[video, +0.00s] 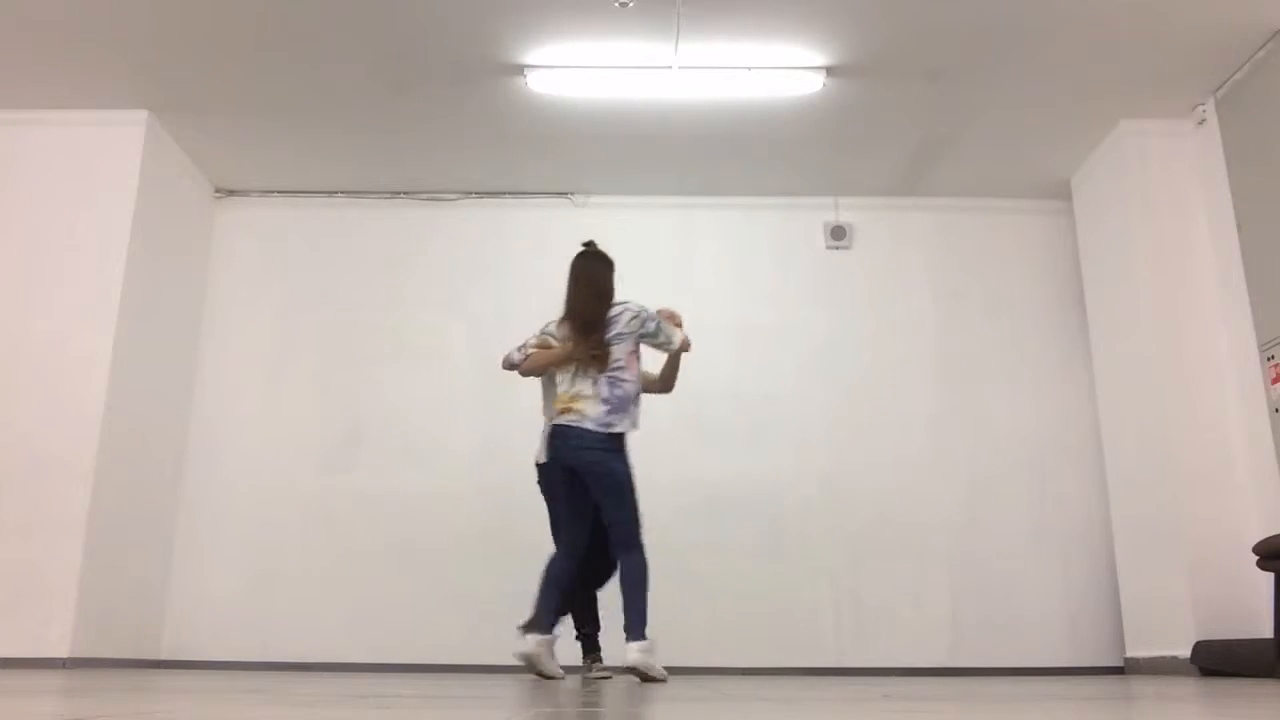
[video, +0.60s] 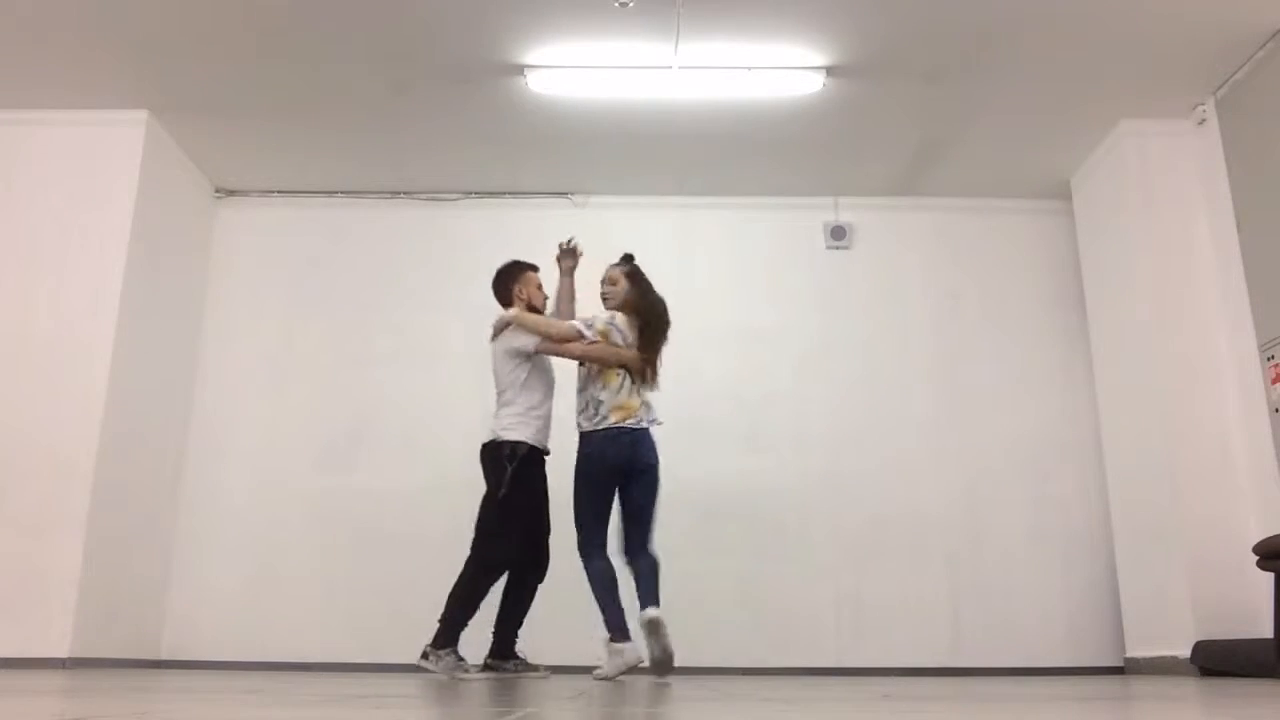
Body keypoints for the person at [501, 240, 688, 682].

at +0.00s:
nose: (610, 284)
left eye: (596, 276)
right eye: (609, 277)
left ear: (572, 282)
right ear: (611, 280)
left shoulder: (560, 327)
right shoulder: (628, 316)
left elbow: (513, 360)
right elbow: (676, 342)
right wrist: (671, 320)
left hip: (559, 446)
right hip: (602, 446)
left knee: (571, 546)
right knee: (629, 546)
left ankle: (538, 637)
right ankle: (638, 643)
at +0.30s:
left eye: (583, 287)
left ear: (594, 284)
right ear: (634, 284)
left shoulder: (578, 325)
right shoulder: (646, 319)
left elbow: (523, 354)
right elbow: (673, 332)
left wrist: (504, 340)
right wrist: (640, 307)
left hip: (605, 434)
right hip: (652, 429)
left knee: (619, 542)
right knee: (652, 543)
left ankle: (585, 643)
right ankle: (639, 651)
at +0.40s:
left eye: (601, 281)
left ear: (603, 291)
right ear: (643, 287)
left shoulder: (585, 326)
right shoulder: (656, 325)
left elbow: (525, 343)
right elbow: (636, 307)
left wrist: (500, 333)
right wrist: (604, 284)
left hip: (608, 437)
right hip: (657, 432)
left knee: (601, 541)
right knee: (650, 543)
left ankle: (593, 638)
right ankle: (639, 649)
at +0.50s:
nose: (599, 289)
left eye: (604, 284)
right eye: (601, 282)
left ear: (615, 289)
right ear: (643, 292)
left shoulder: (597, 323)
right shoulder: (648, 329)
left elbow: (542, 339)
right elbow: (595, 315)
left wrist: (504, 328)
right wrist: (578, 283)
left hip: (605, 439)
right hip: (651, 437)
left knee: (593, 542)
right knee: (648, 543)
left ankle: (619, 638)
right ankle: (640, 641)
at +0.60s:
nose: (603, 290)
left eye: (610, 284)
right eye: (603, 285)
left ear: (632, 287)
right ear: (639, 294)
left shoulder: (608, 323)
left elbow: (552, 332)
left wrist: (511, 316)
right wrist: (566, 276)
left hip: (599, 446)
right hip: (640, 444)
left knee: (593, 548)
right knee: (639, 545)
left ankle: (621, 644)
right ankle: (651, 610)